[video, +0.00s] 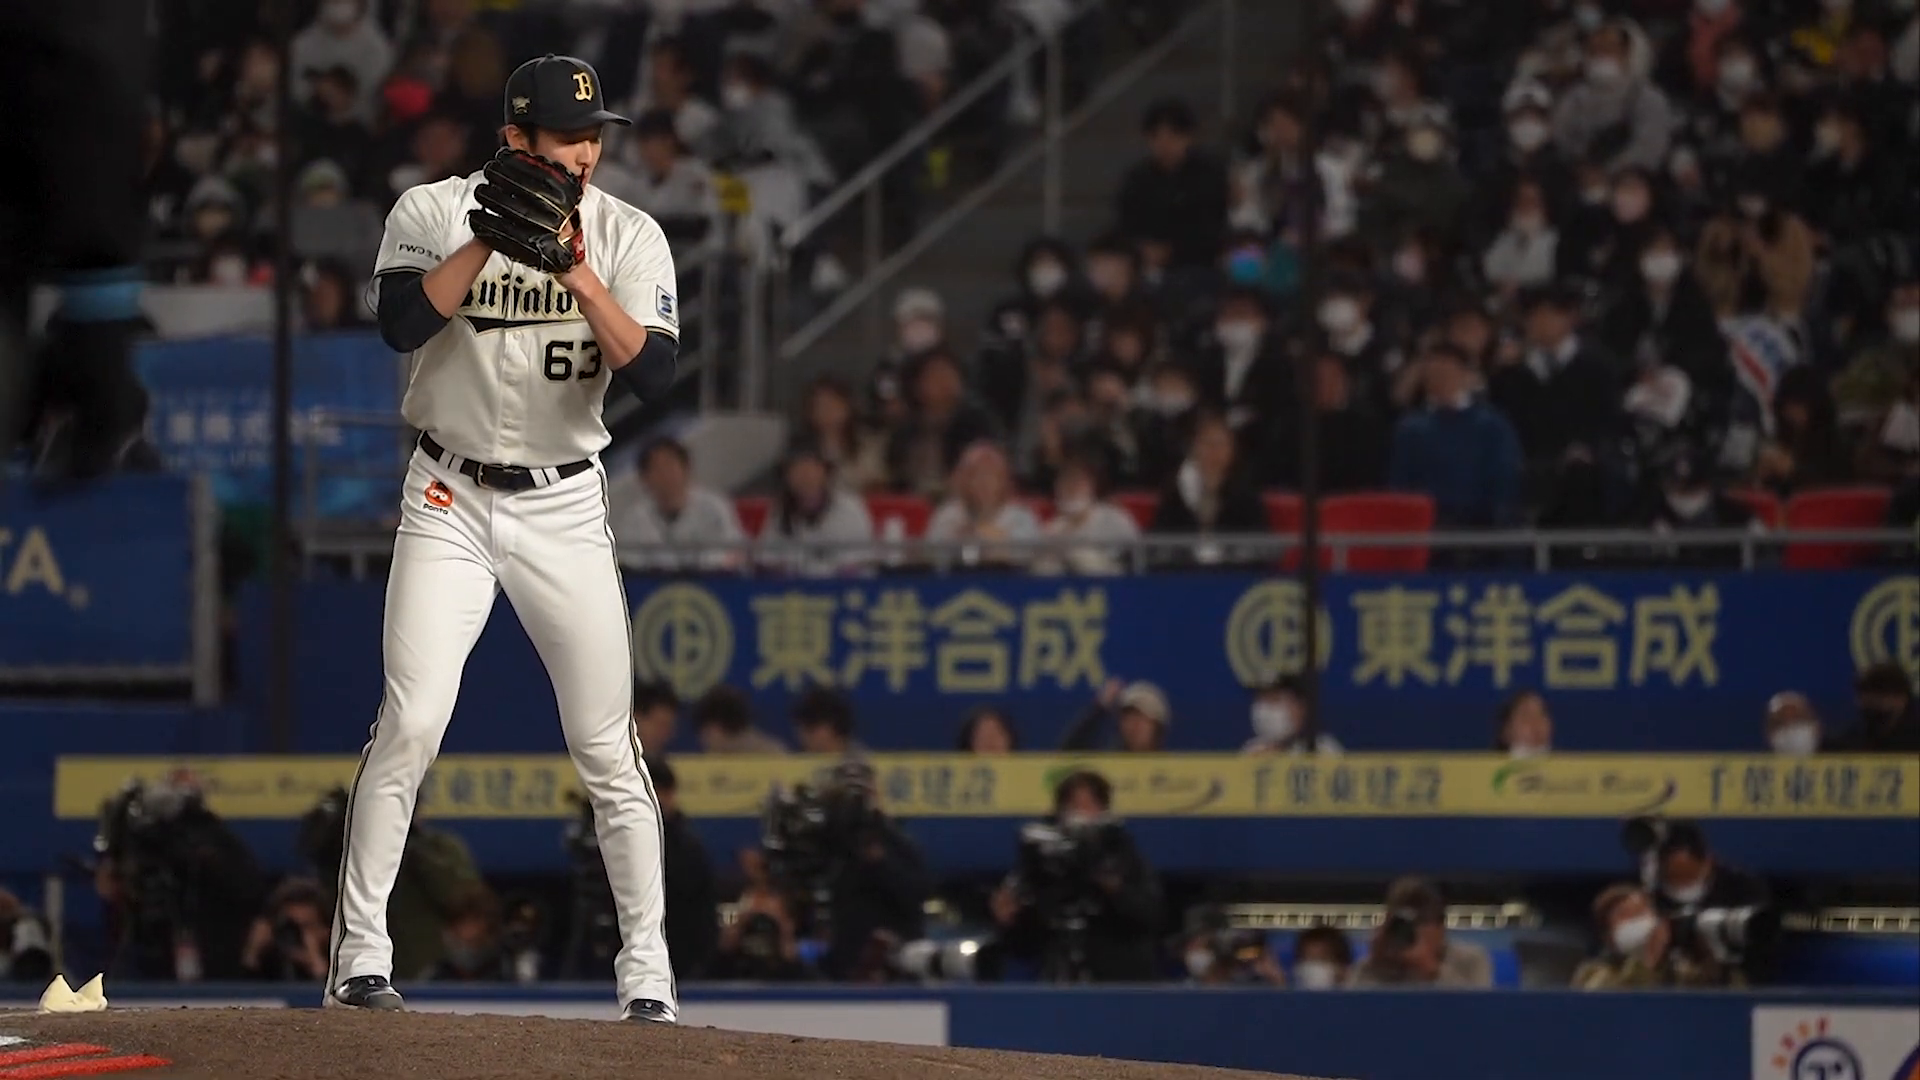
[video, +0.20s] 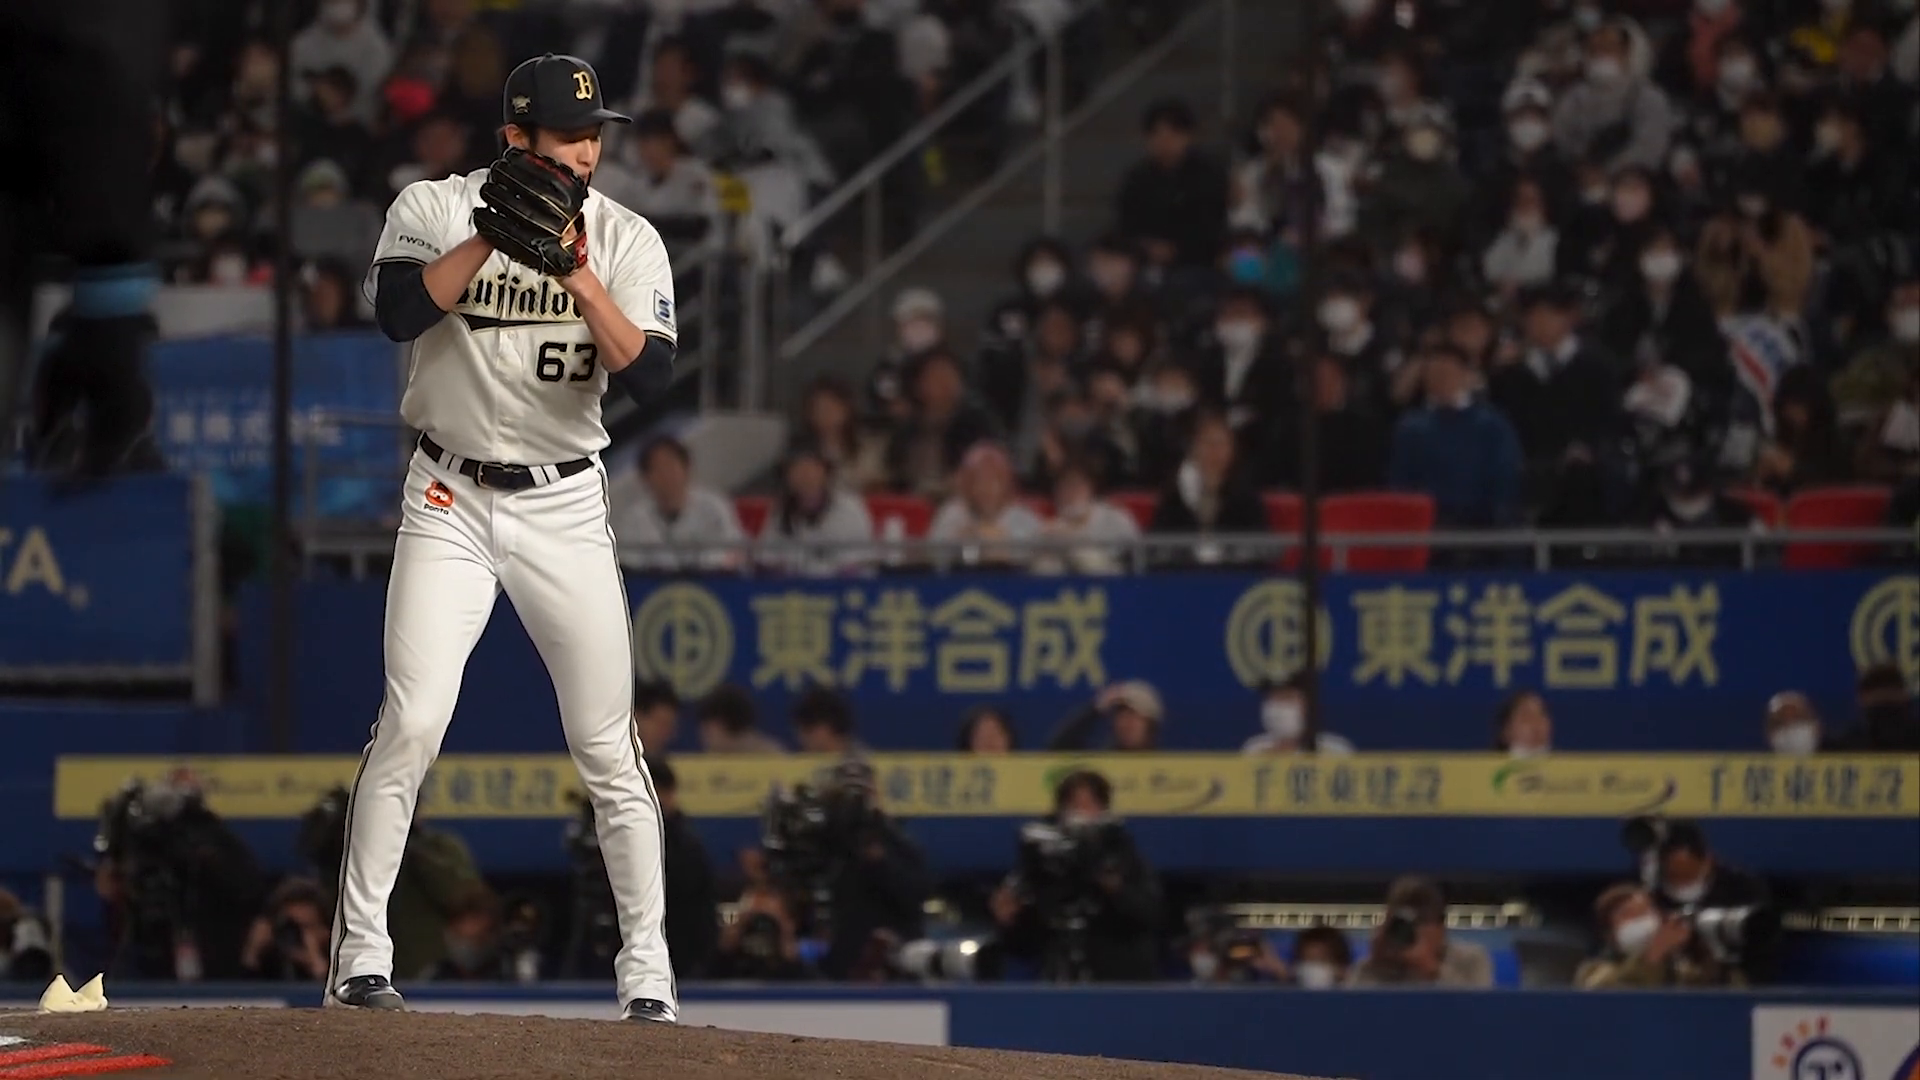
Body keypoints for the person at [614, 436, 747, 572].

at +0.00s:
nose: (667, 478)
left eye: (672, 468)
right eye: (658, 471)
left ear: (686, 471)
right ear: (645, 479)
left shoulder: (715, 508)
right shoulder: (633, 517)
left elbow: (736, 555)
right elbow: (627, 564)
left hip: (710, 594)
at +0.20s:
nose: (668, 477)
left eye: (673, 468)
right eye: (659, 471)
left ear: (686, 470)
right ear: (646, 478)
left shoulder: (714, 508)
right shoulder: (633, 517)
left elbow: (736, 555)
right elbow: (628, 564)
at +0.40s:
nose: (668, 480)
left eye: (673, 471)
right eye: (659, 473)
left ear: (686, 473)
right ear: (646, 480)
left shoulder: (714, 509)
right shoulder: (631, 519)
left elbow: (736, 558)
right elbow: (626, 564)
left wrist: (695, 564)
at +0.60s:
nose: (669, 479)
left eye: (674, 470)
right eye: (660, 472)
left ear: (686, 472)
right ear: (646, 480)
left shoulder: (714, 509)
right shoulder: (632, 518)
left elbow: (735, 557)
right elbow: (626, 563)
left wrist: (694, 564)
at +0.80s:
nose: (669, 478)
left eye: (674, 469)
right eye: (660, 471)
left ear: (686, 471)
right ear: (646, 479)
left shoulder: (715, 509)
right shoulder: (630, 518)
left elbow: (736, 558)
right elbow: (625, 563)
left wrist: (694, 563)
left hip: (709, 595)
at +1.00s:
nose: (670, 477)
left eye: (675, 468)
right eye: (661, 471)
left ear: (687, 471)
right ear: (647, 479)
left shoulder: (715, 509)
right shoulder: (630, 518)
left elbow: (737, 557)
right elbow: (626, 564)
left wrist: (695, 564)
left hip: (710, 595)